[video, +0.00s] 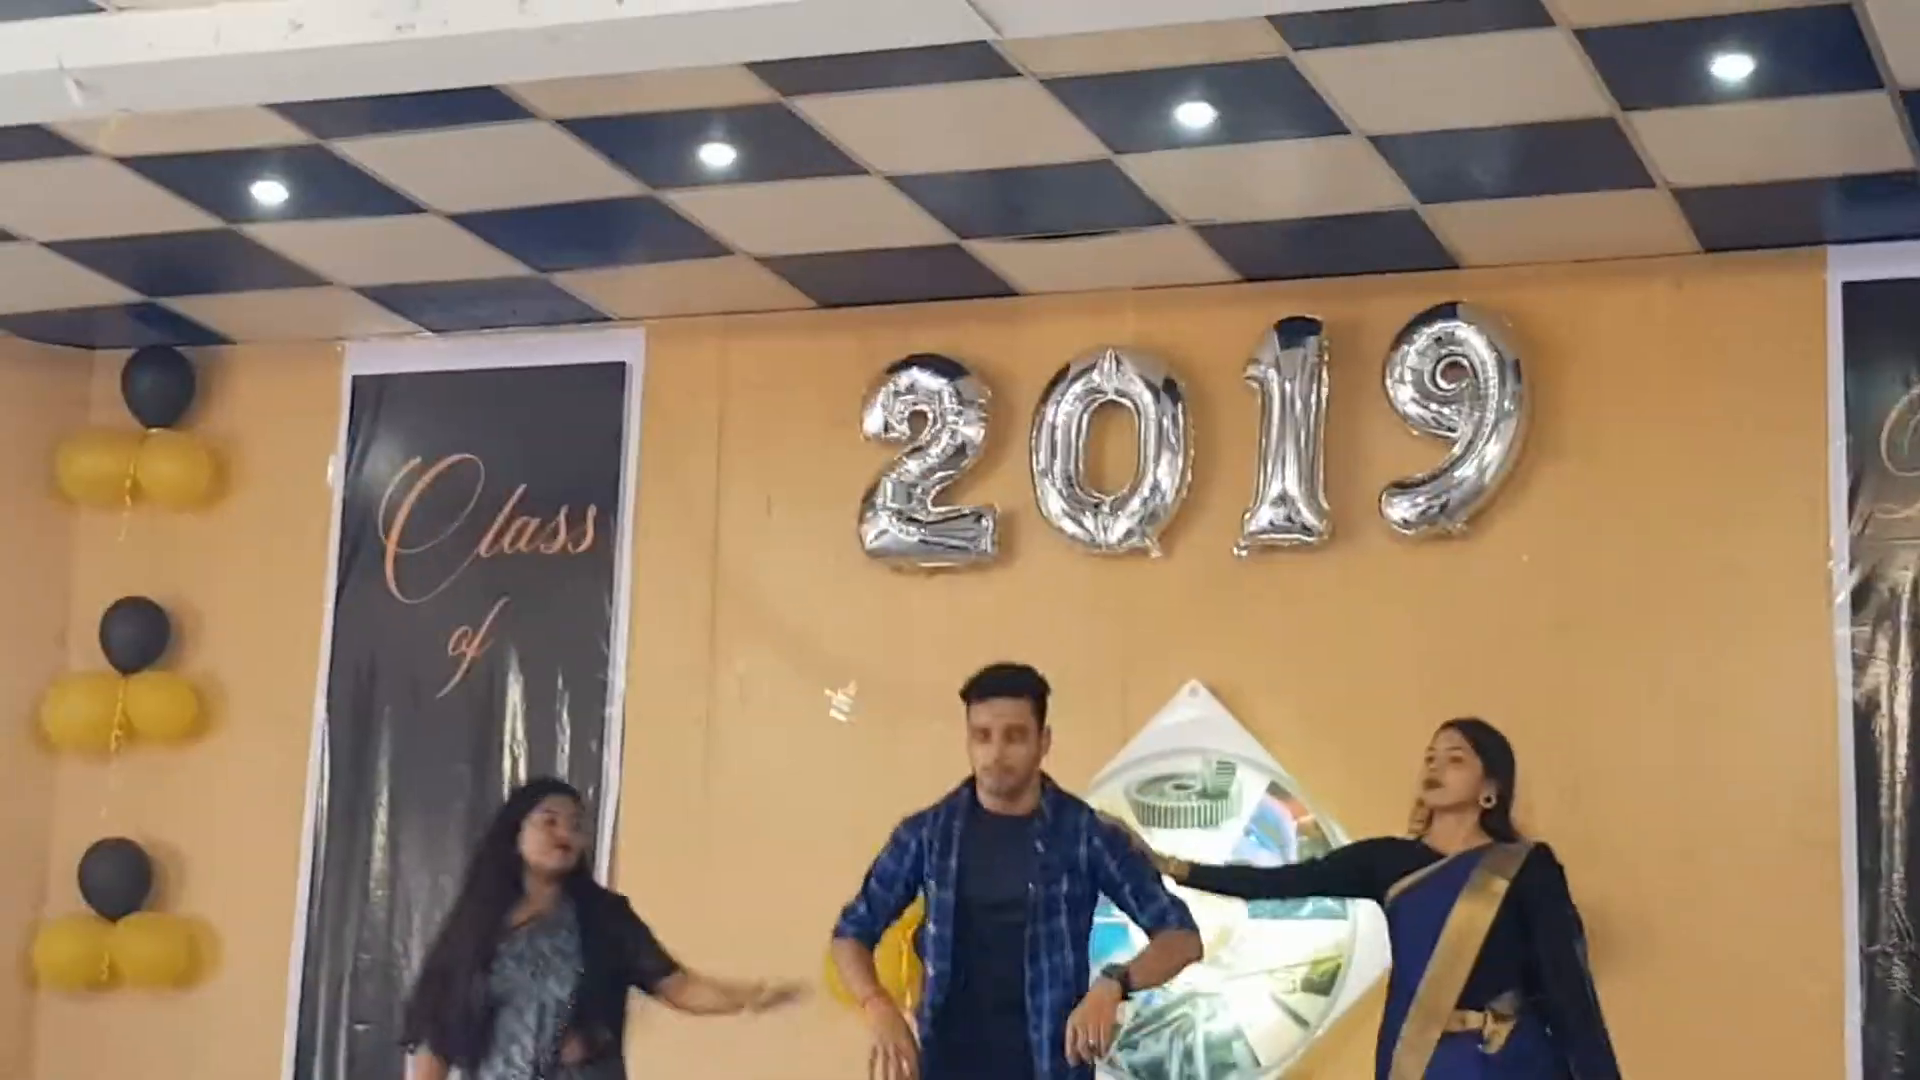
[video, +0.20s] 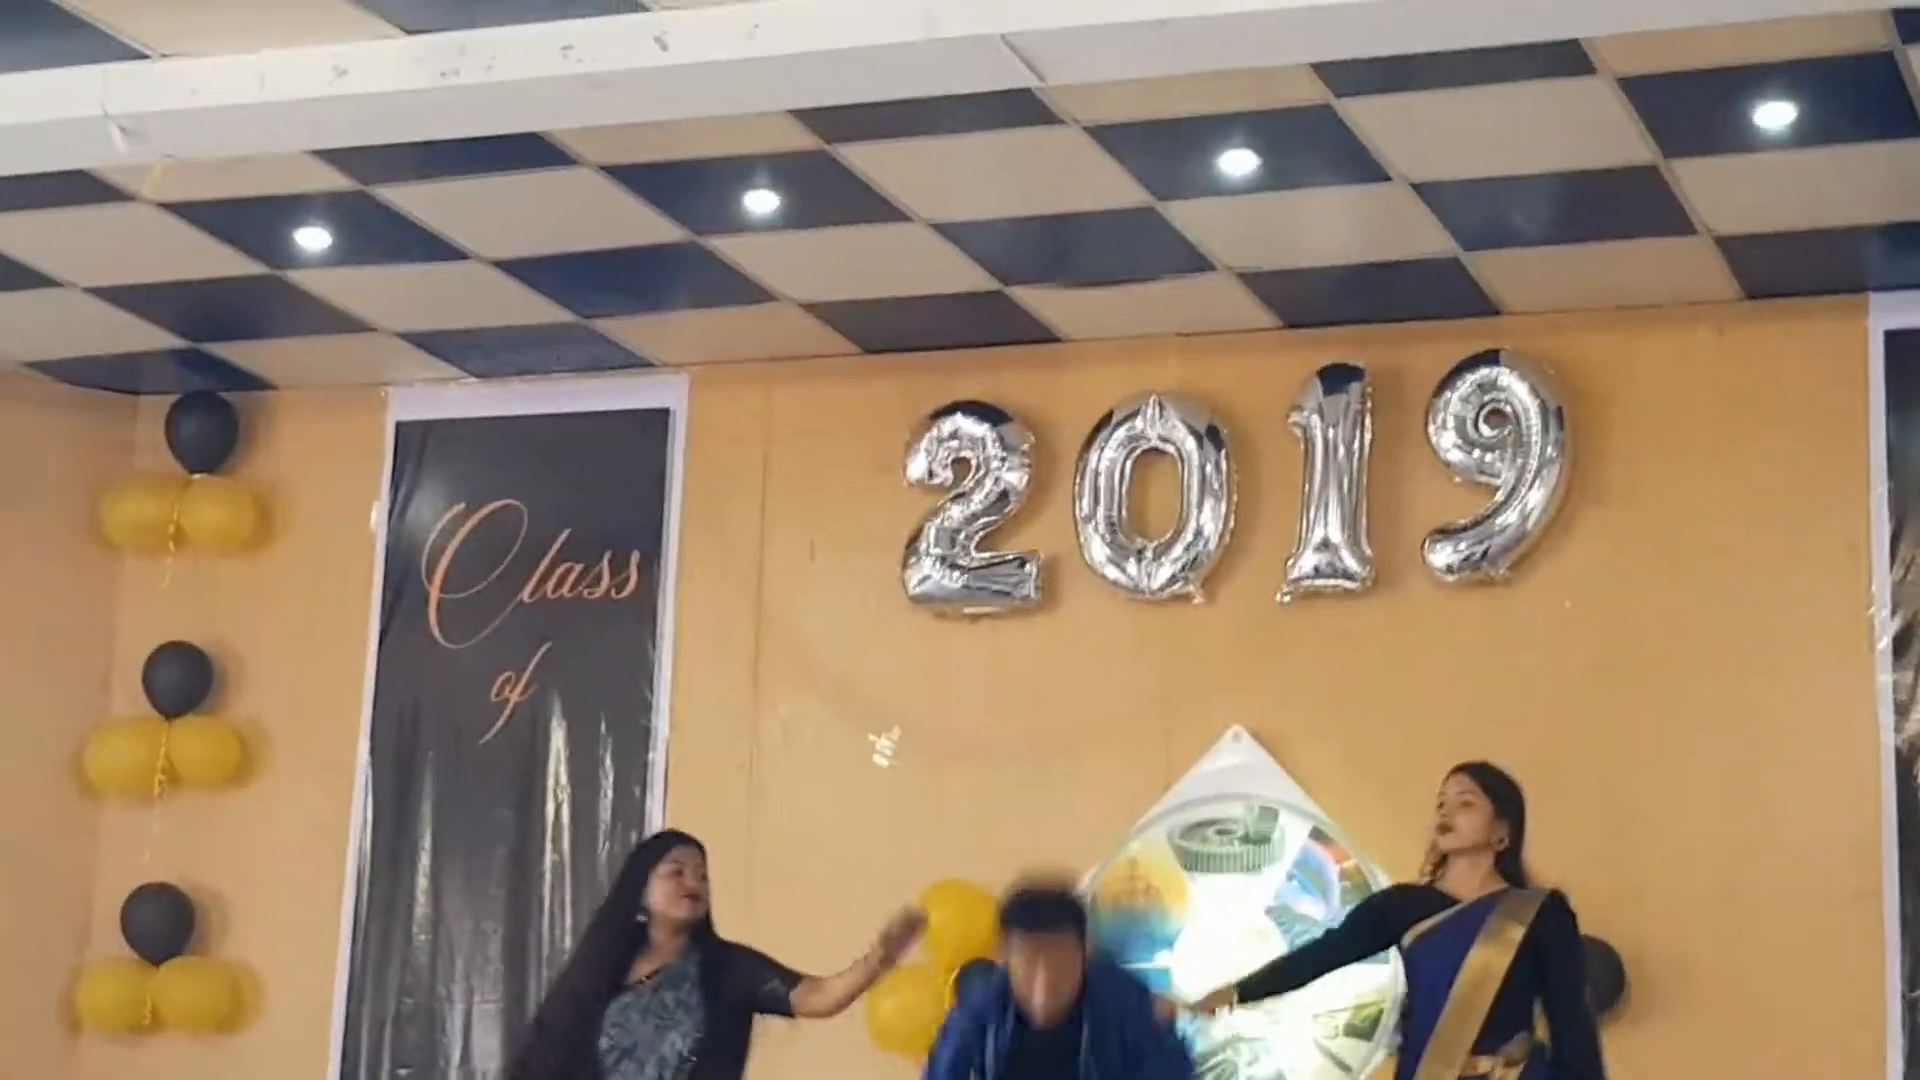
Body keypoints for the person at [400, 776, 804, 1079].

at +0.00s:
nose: (565, 833)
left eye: (576, 825)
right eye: (549, 820)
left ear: (585, 842)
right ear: (515, 832)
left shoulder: (606, 915)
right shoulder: (474, 920)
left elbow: (677, 987)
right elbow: (432, 1042)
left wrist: (749, 996)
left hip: (584, 1069)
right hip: (489, 1069)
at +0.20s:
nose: (693, 884)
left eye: (700, 874)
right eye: (675, 873)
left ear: (710, 888)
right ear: (639, 890)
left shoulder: (727, 966)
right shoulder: (594, 973)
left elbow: (817, 998)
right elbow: (541, 1062)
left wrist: (880, 957)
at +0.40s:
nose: (811, 875)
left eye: (817, 864)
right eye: (794, 863)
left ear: (824, 875)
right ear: (755, 875)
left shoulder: (846, 956)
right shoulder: (714, 960)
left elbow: (911, 1032)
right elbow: (673, 1058)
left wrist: (950, 1039)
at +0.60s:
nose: (865, 864)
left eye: (870, 854)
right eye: (848, 852)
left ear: (876, 867)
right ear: (809, 863)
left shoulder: (897, 949)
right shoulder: (762, 947)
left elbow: (989, 1007)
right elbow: (716, 1050)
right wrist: (701, 1070)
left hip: (863, 1072)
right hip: (766, 1071)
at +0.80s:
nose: (886, 798)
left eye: (891, 786)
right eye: (869, 788)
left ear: (900, 799)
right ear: (835, 803)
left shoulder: (925, 882)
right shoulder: (792, 888)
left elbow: (1027, 883)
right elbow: (729, 983)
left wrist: (1108, 822)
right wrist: (672, 1053)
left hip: (870, 1067)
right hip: (774, 1065)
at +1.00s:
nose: (836, 535)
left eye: (846, 519)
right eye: (820, 522)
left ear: (865, 521)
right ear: (799, 530)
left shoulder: (885, 599)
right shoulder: (784, 595)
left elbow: (913, 722)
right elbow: (717, 689)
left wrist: (953, 834)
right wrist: (785, 719)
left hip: (820, 776)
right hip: (752, 768)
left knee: (784, 924)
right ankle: (765, 1058)